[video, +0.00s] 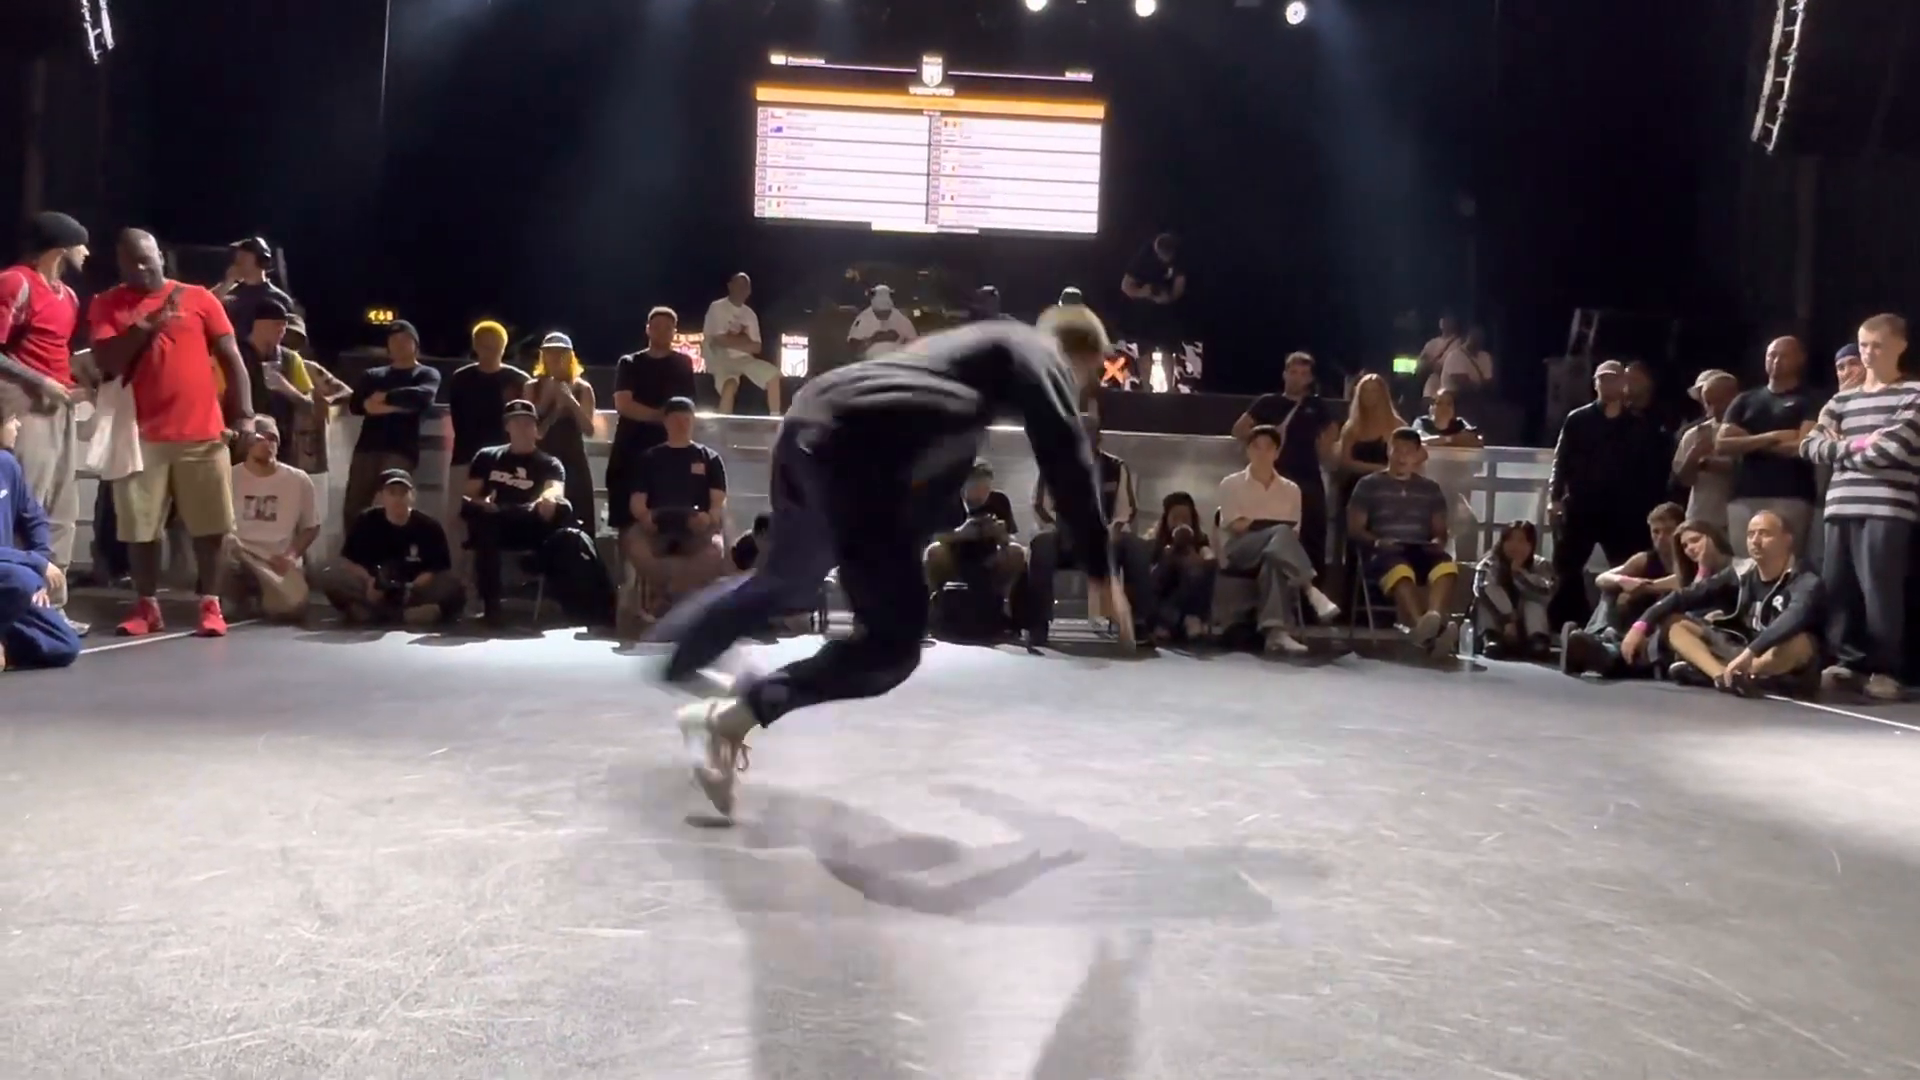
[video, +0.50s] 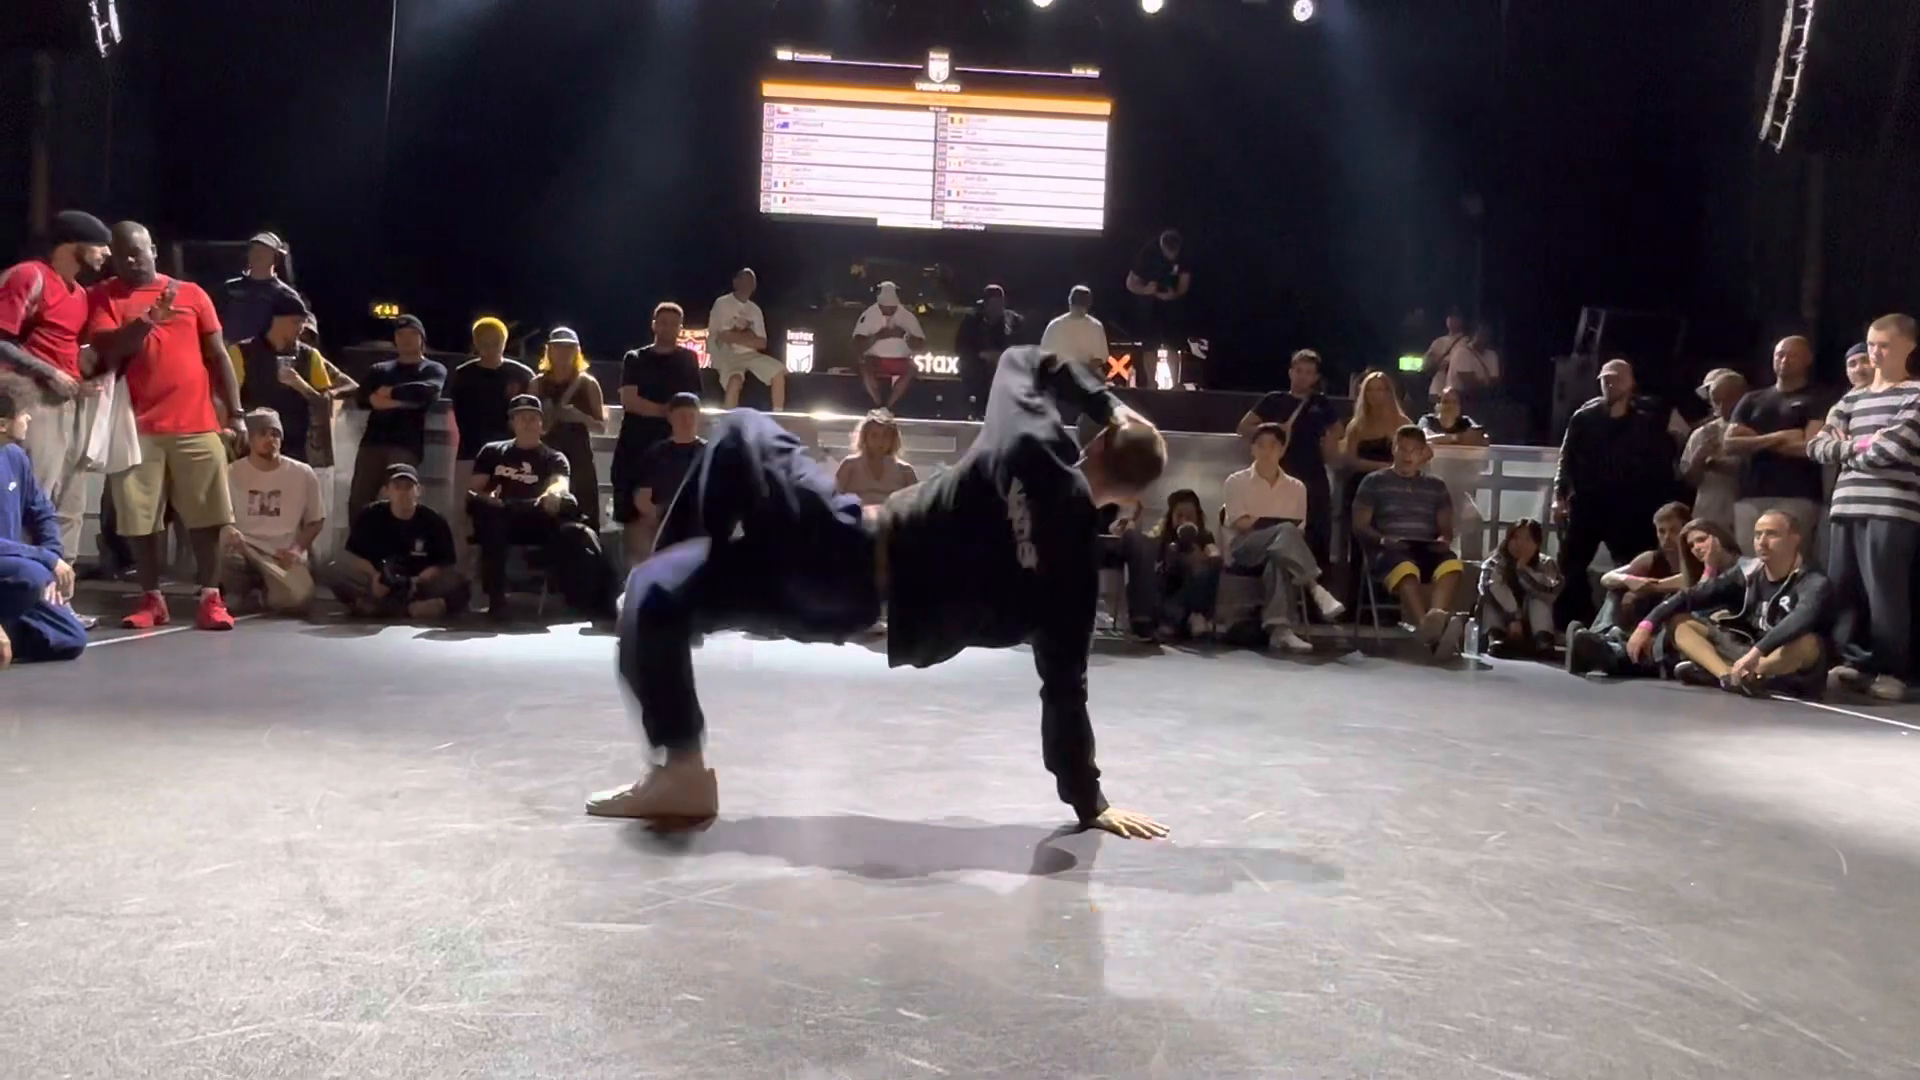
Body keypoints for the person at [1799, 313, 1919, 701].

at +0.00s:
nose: (1867, 353)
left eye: (1876, 346)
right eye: (1863, 346)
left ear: (1900, 348)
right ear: (1858, 349)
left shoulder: (1913, 394)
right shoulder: (1842, 398)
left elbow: (1892, 449)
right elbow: (1810, 445)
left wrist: (1839, 449)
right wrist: (1861, 446)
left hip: (1887, 508)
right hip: (1840, 507)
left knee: (1880, 589)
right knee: (1838, 587)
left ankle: (1886, 671)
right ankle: (1846, 662)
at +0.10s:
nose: (1870, 351)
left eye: (1879, 344)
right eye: (1866, 344)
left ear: (1903, 347)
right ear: (1860, 348)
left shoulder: (1912, 394)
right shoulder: (1844, 398)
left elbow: (1893, 449)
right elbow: (1811, 445)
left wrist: (1840, 448)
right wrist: (1862, 445)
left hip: (1888, 509)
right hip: (1841, 508)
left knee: (1882, 592)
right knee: (1840, 589)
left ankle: (1889, 671)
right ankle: (1848, 661)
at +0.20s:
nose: (1871, 351)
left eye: (1881, 344)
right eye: (1867, 343)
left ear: (1905, 347)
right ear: (1862, 347)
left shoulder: (1913, 394)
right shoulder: (1846, 398)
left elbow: (1892, 449)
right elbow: (1812, 445)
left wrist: (1840, 449)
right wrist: (1860, 446)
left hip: (1888, 509)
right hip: (1841, 508)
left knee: (1883, 593)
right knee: (1840, 590)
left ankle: (1890, 672)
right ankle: (1849, 662)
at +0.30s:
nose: (1872, 351)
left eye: (1882, 344)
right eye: (1869, 344)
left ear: (1906, 348)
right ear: (1863, 347)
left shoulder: (1913, 395)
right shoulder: (1848, 398)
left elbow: (1892, 449)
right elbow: (1814, 446)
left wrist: (1842, 449)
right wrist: (1863, 446)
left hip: (1889, 509)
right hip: (1842, 508)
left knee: (1883, 594)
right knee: (1842, 590)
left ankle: (1890, 672)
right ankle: (1850, 662)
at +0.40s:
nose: (1873, 353)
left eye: (1882, 345)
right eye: (1870, 345)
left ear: (1908, 348)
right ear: (1866, 348)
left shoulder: (1914, 395)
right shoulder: (1851, 397)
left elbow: (1892, 450)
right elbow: (1816, 447)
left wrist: (1843, 448)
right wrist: (1864, 444)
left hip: (1891, 509)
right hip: (1844, 507)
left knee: (1885, 594)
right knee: (1842, 588)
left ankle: (1893, 673)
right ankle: (1852, 663)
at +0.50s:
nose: (1874, 353)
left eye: (1883, 346)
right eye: (1871, 345)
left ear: (1909, 349)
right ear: (1866, 349)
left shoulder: (1914, 396)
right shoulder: (1852, 398)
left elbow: (1892, 450)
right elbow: (1817, 447)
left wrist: (1844, 449)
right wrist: (1865, 444)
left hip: (1892, 509)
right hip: (1845, 507)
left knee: (1886, 593)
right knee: (1845, 588)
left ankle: (1894, 674)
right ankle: (1854, 663)